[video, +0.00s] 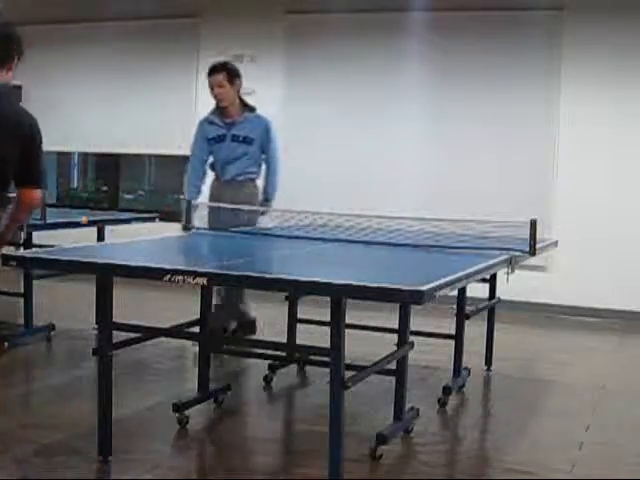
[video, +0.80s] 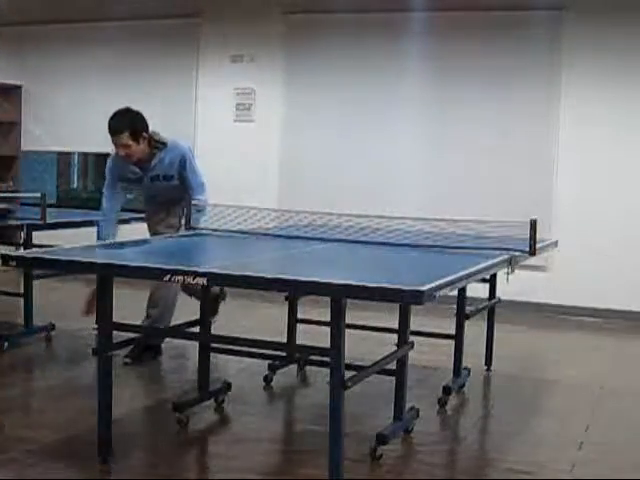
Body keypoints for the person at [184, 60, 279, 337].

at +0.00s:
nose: (217, 93)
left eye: (221, 86)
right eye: (212, 88)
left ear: (237, 85)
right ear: (209, 91)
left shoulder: (260, 125)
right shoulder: (207, 126)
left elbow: (272, 162)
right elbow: (196, 165)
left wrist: (268, 198)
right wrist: (189, 205)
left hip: (248, 189)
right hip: (220, 187)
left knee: (238, 253)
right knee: (220, 253)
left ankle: (222, 318)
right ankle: (242, 314)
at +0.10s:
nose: (203, 97)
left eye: (208, 91)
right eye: (199, 92)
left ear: (224, 91)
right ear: (197, 94)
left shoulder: (246, 131)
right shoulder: (195, 129)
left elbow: (261, 169)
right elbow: (181, 170)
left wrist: (257, 205)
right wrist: (167, 212)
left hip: (237, 196)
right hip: (208, 195)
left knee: (224, 261)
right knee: (208, 262)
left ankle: (189, 324)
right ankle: (243, 319)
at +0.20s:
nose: (186, 106)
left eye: (191, 99)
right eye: (183, 100)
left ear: (208, 99)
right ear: (181, 102)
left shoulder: (230, 138)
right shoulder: (179, 136)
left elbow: (249, 179)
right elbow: (162, 174)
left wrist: (243, 223)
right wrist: (140, 209)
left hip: (221, 206)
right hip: (193, 205)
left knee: (194, 271)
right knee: (208, 271)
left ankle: (159, 332)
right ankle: (243, 319)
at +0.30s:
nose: (167, 117)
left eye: (172, 111)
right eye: (164, 112)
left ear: (190, 111)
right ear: (162, 113)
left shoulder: (213, 149)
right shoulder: (161, 146)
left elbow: (237, 196)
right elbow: (138, 179)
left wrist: (230, 236)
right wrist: (108, 208)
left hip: (207, 223)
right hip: (182, 223)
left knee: (173, 279)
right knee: (196, 279)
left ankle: (150, 341)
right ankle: (237, 316)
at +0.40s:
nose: (147, 135)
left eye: (152, 129)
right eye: (144, 129)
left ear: (170, 126)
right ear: (142, 128)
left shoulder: (199, 155)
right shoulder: (141, 156)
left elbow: (224, 198)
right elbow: (116, 187)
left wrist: (216, 235)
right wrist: (83, 209)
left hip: (198, 230)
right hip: (170, 229)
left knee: (164, 283)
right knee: (186, 282)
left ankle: (149, 343)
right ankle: (227, 309)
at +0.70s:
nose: (121, 161)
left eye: (126, 155)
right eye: (118, 156)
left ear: (144, 146)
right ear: (114, 150)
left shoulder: (180, 159)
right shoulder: (117, 171)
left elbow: (200, 198)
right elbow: (101, 208)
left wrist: (197, 236)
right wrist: (83, 244)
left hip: (184, 221)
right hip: (157, 222)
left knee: (167, 273)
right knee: (177, 269)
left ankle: (149, 340)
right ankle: (213, 301)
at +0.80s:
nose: (120, 153)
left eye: (126, 146)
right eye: (117, 146)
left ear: (143, 139)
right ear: (113, 142)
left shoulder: (178, 153)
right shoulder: (117, 165)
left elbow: (199, 198)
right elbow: (108, 214)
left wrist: (192, 244)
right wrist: (104, 261)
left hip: (181, 210)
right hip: (153, 212)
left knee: (166, 269)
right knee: (165, 265)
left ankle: (150, 340)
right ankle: (207, 294)